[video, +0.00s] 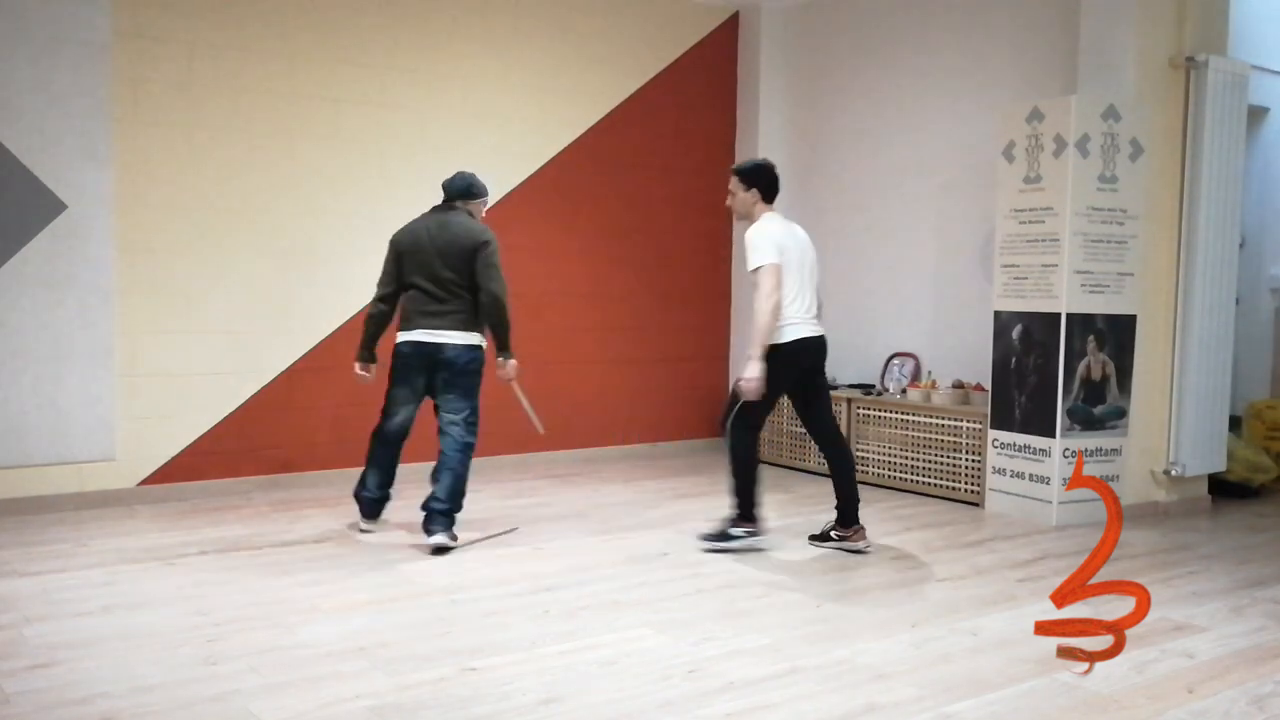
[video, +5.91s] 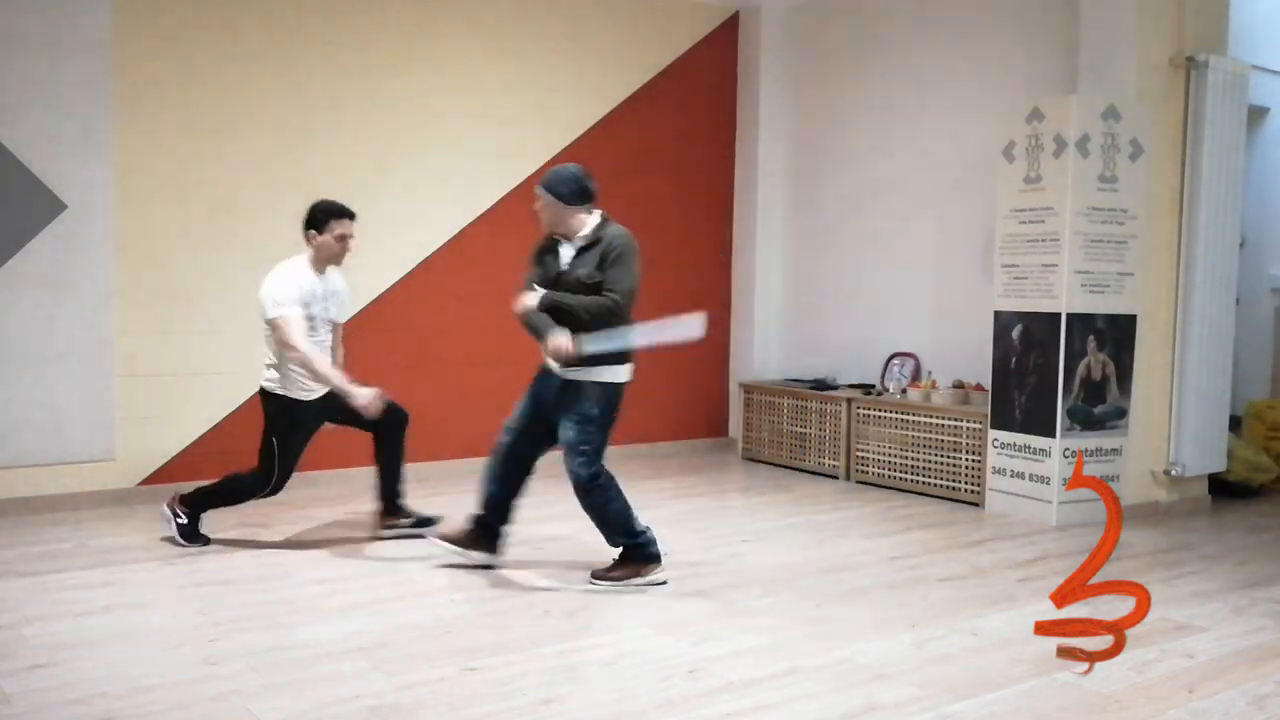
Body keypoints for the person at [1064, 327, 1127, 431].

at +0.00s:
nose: (1087, 345)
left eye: (1090, 342)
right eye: (1088, 342)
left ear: (1098, 344)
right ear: (1088, 345)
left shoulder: (1108, 364)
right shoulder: (1083, 365)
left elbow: (1114, 391)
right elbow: (1076, 391)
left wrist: (1106, 407)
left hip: (1103, 406)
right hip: (1086, 406)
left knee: (1121, 411)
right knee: (1071, 410)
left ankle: (1087, 425)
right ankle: (1102, 425)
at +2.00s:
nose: (1087, 346)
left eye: (1091, 342)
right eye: (1088, 342)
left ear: (1098, 344)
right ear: (1088, 345)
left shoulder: (1108, 364)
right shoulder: (1084, 364)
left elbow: (1113, 389)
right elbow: (1076, 390)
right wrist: (1070, 408)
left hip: (1103, 406)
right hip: (1085, 405)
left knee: (1121, 411)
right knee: (1071, 410)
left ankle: (1086, 425)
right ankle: (1101, 425)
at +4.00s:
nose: (1087, 346)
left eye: (1090, 342)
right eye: (1087, 342)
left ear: (1098, 344)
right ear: (1087, 345)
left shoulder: (1108, 364)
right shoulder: (1084, 365)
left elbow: (1114, 391)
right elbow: (1076, 391)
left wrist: (1107, 406)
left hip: (1103, 406)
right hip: (1086, 406)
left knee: (1121, 411)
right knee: (1071, 411)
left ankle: (1086, 425)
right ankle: (1100, 425)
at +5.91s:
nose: (1088, 345)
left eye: (1091, 342)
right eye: (1088, 342)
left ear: (1099, 344)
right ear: (1087, 344)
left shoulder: (1108, 365)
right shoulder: (1084, 364)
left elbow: (1114, 392)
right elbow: (1076, 390)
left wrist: (1106, 407)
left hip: (1103, 406)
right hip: (1086, 406)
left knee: (1122, 411)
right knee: (1071, 410)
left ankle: (1086, 425)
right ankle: (1099, 425)